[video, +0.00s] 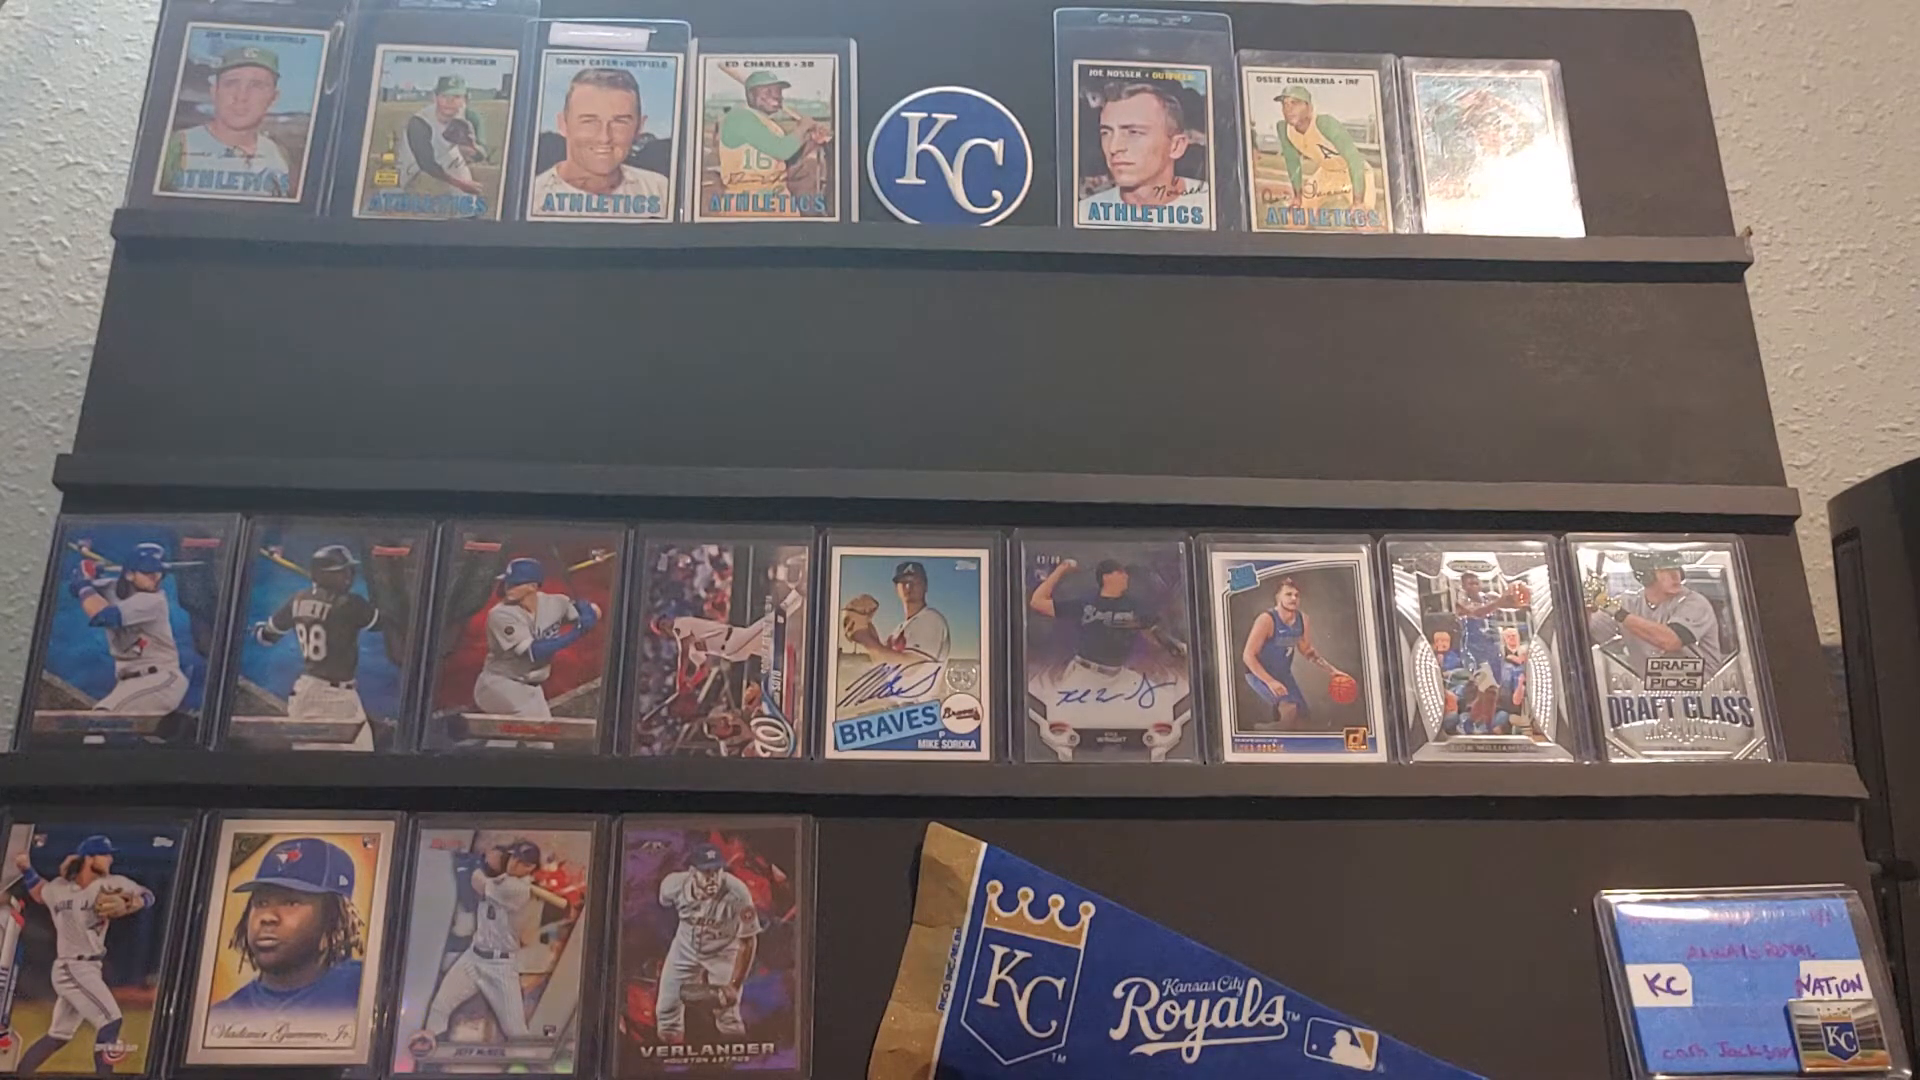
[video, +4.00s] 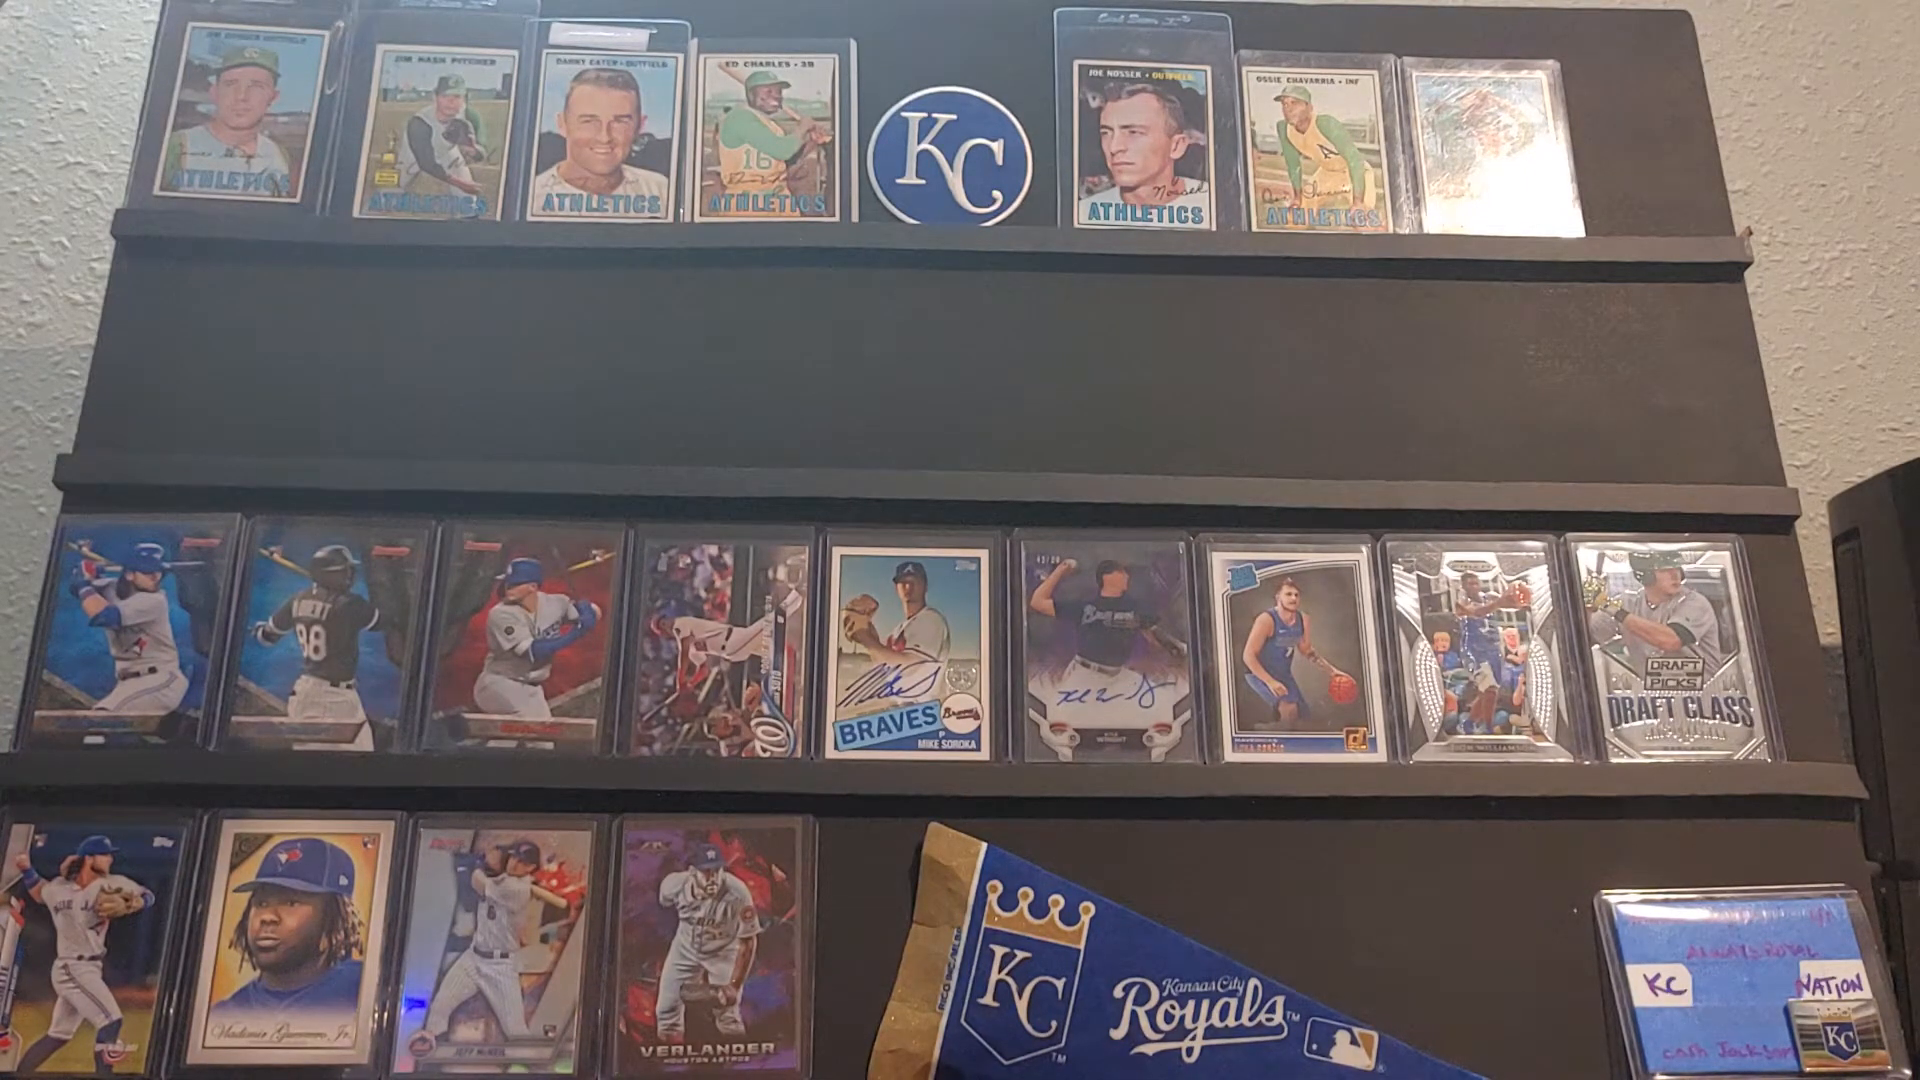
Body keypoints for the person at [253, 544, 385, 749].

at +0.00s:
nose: (350, 577)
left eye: (350, 572)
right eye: (346, 572)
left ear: (319, 575)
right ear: (335, 575)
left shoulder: (299, 600)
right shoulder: (351, 605)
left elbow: (267, 637)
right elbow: (388, 622)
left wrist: (259, 630)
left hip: (305, 694)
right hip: (342, 699)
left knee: (307, 767)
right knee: (360, 768)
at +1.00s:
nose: (350, 577)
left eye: (350, 571)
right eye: (346, 572)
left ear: (320, 575)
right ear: (334, 575)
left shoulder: (299, 601)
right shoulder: (351, 605)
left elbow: (267, 637)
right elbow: (385, 622)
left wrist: (259, 631)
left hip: (306, 694)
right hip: (342, 697)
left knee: (305, 765)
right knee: (360, 766)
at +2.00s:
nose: (352, 576)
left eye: (351, 571)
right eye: (349, 571)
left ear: (319, 574)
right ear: (338, 575)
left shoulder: (298, 601)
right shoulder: (351, 605)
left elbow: (267, 637)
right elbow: (386, 622)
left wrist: (259, 630)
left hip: (305, 693)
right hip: (341, 697)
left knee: (307, 764)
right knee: (359, 766)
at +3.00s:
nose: (352, 576)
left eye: (351, 570)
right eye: (348, 571)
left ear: (320, 574)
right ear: (336, 574)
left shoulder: (298, 601)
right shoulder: (351, 605)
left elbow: (267, 637)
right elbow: (384, 622)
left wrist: (260, 630)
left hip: (305, 692)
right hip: (341, 697)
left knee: (307, 764)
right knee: (359, 765)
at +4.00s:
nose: (351, 577)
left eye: (350, 572)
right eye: (347, 572)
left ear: (320, 574)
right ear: (336, 575)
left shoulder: (299, 600)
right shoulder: (350, 605)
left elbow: (267, 637)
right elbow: (386, 620)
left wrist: (260, 630)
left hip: (305, 694)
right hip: (340, 699)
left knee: (307, 766)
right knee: (359, 768)